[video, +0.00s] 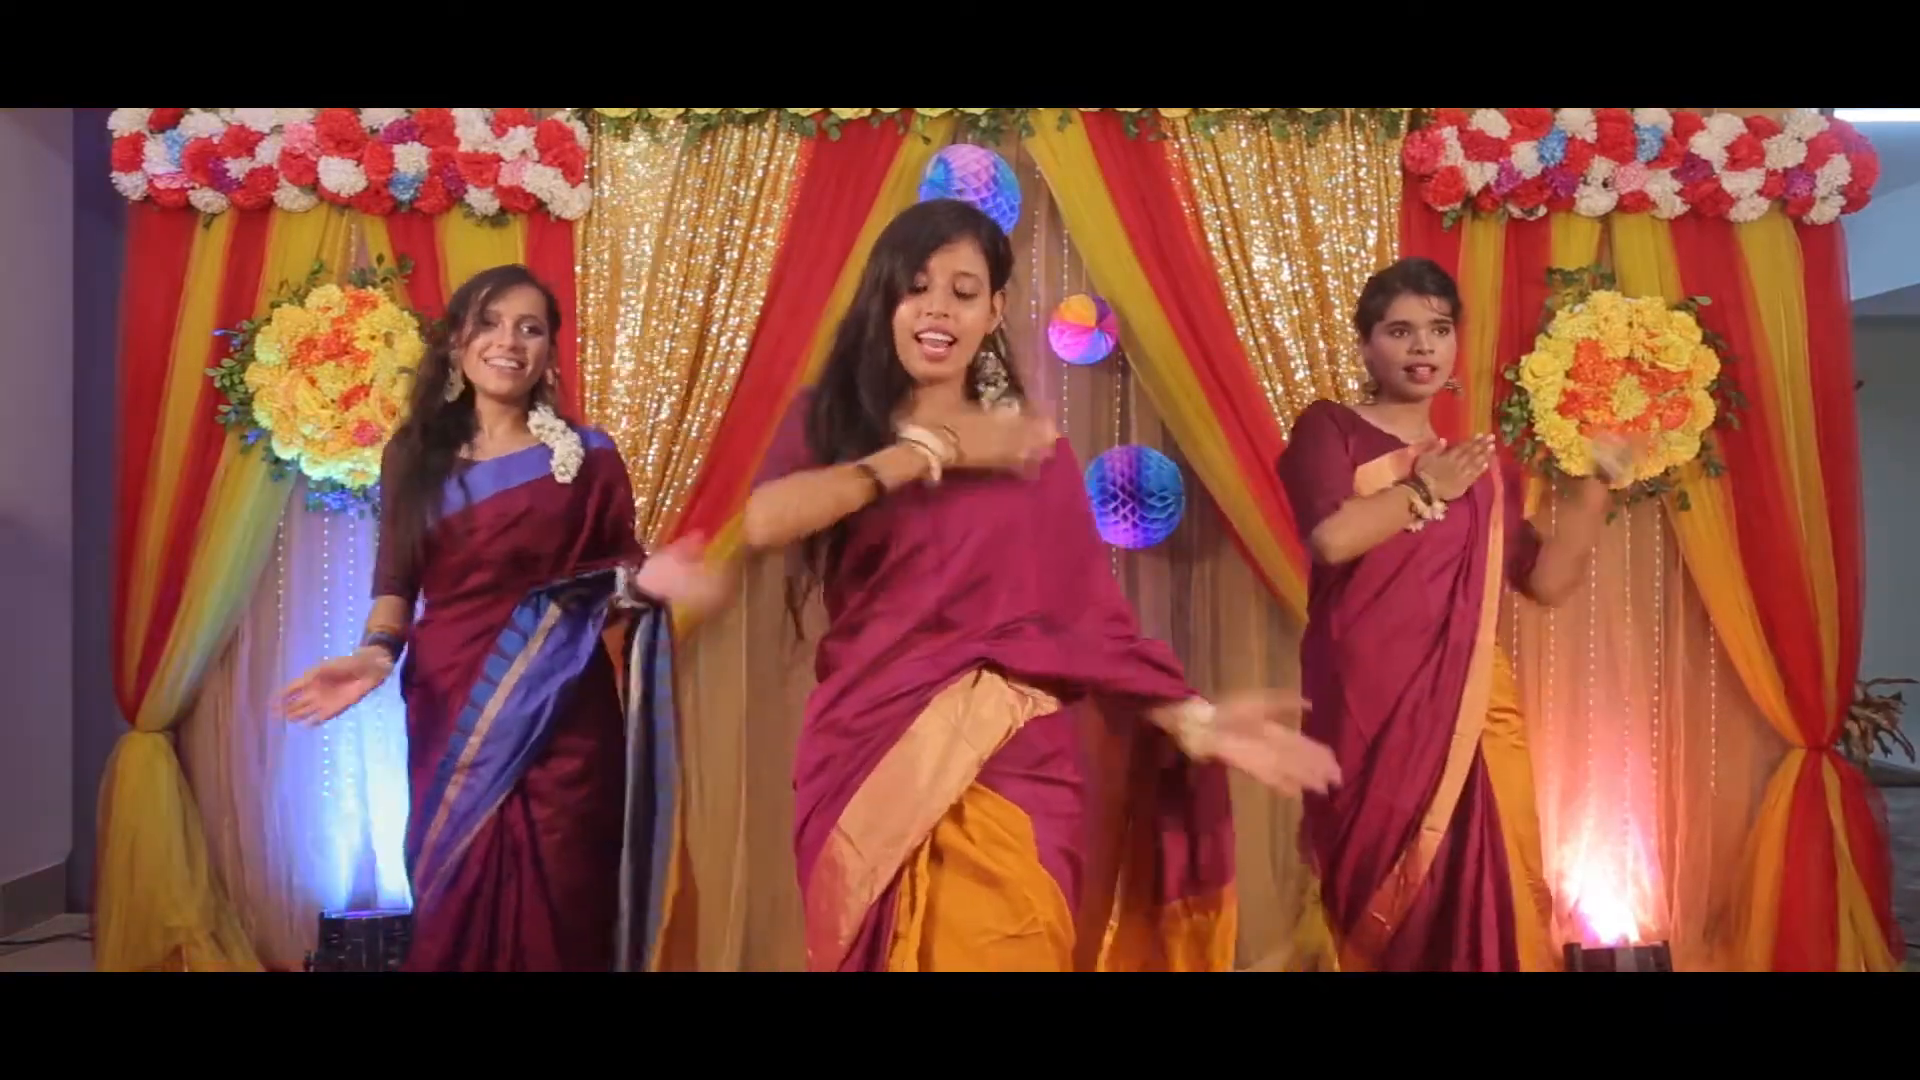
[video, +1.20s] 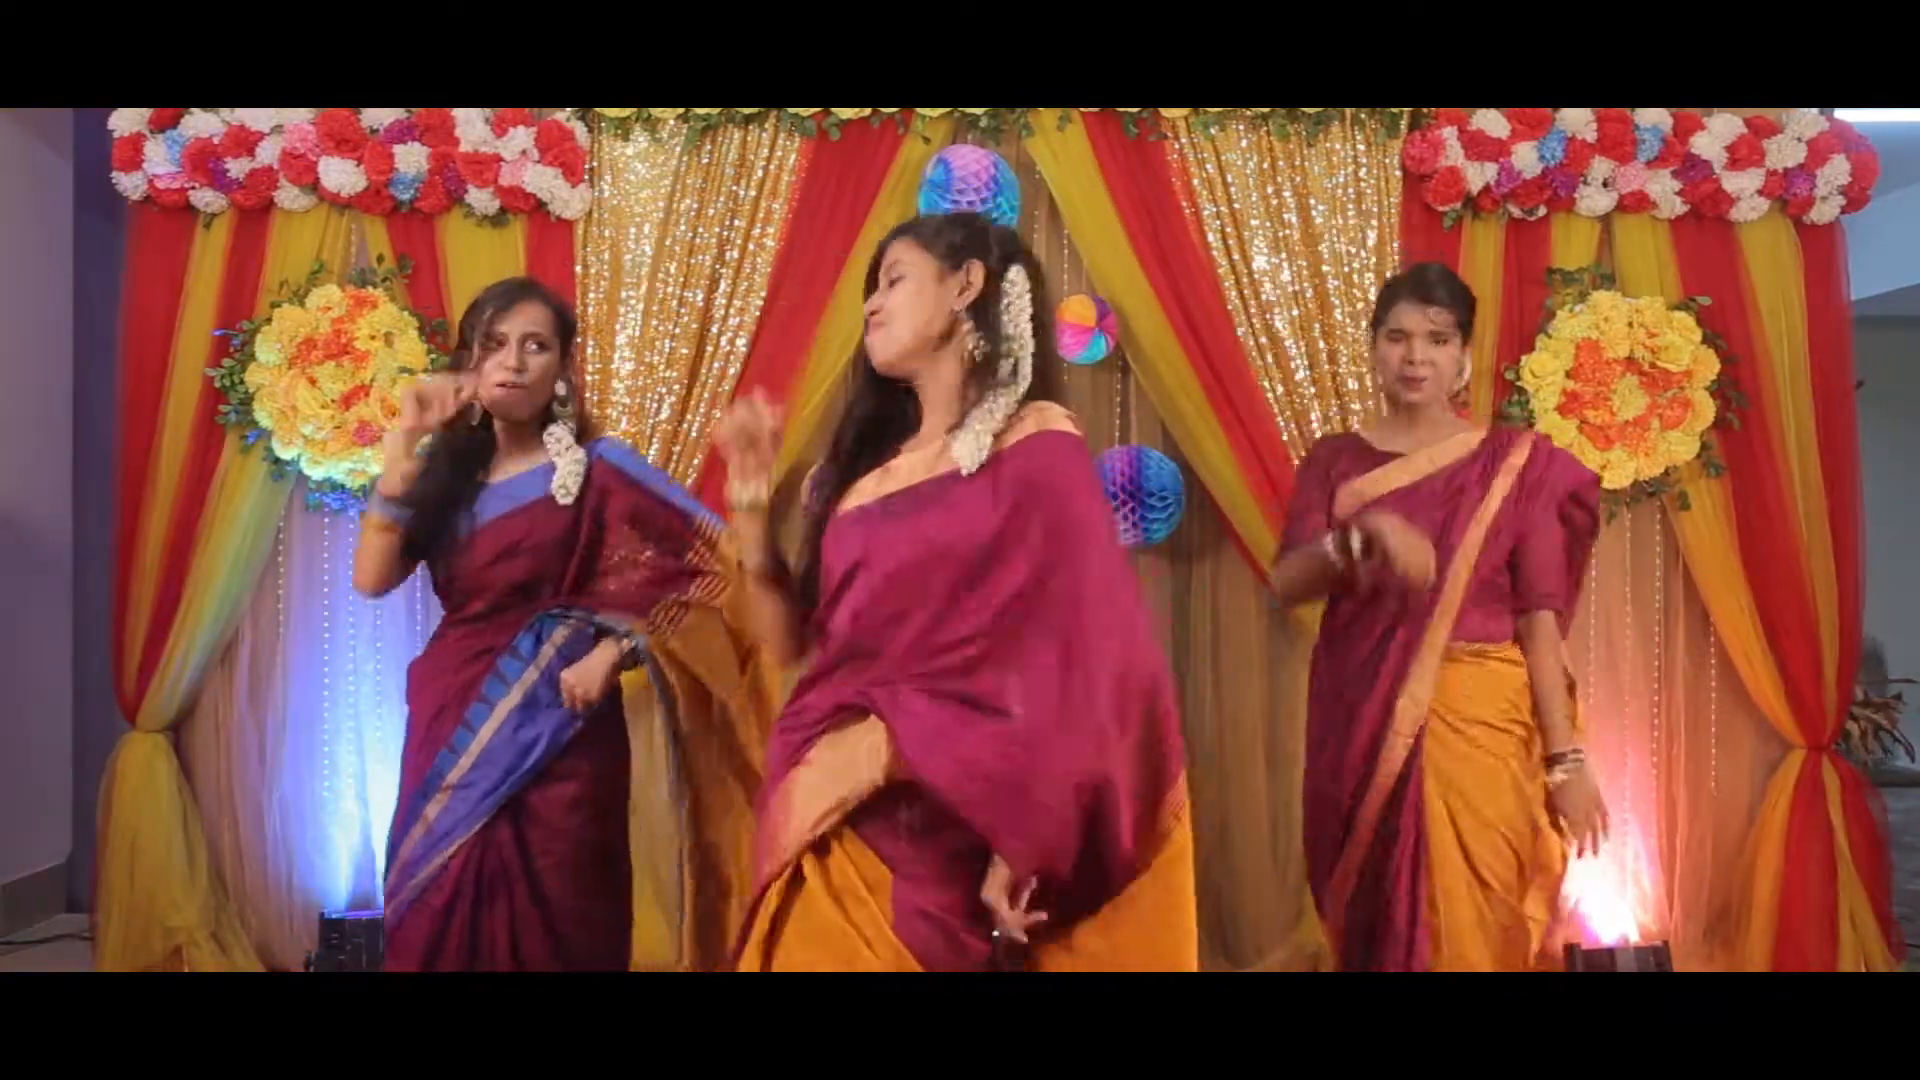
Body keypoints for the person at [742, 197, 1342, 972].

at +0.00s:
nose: (936, 310)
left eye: (963, 292)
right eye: (917, 287)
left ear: (994, 311)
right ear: (883, 300)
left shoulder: (1034, 443)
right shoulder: (835, 419)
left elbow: (1091, 615)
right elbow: (762, 522)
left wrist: (1187, 718)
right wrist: (923, 454)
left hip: (1018, 749)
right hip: (871, 747)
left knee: (1007, 947)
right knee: (876, 955)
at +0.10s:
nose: (945, 317)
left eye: (969, 296)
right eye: (922, 294)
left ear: (1002, 312)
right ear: (888, 308)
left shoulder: (1037, 460)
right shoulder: (837, 407)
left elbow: (1102, 620)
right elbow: (787, 474)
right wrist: (946, 446)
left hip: (1020, 741)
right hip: (878, 734)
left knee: (1023, 936)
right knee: (881, 940)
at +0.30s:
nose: (949, 323)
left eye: (972, 300)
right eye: (925, 304)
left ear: (1008, 316)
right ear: (896, 323)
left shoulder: (1054, 473)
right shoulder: (844, 440)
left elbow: (1126, 655)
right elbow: (696, 532)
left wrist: (1007, 664)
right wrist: (855, 436)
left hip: (1003, 788)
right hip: (856, 779)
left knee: (1022, 951)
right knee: (869, 952)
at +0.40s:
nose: (930, 331)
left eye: (957, 306)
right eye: (909, 311)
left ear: (1003, 322)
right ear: (890, 333)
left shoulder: (1059, 471)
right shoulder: (855, 464)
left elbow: (1126, 654)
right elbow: (684, 595)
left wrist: (1064, 738)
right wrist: (804, 462)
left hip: (1006, 797)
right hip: (861, 787)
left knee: (1003, 952)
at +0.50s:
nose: (904, 331)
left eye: (932, 309)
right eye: (894, 310)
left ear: (993, 321)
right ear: (877, 323)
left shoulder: (1054, 454)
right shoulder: (859, 461)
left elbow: (1084, 662)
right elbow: (691, 552)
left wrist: (1093, 812)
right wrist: (775, 389)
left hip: (979, 803)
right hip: (837, 800)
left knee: (964, 952)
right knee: (839, 955)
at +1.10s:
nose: (889, 297)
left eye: (913, 271)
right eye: (887, 277)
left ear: (990, 276)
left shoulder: (1040, 425)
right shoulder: (879, 445)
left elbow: (1111, 625)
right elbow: (742, 552)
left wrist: (1030, 789)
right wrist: (759, 403)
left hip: (936, 792)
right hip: (827, 784)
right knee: (807, 955)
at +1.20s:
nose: (869, 303)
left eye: (892, 279)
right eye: (873, 287)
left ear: (965, 285)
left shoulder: (1034, 438)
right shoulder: (851, 478)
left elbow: (1083, 658)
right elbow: (787, 647)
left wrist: (883, 746)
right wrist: (750, 507)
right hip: (820, 816)